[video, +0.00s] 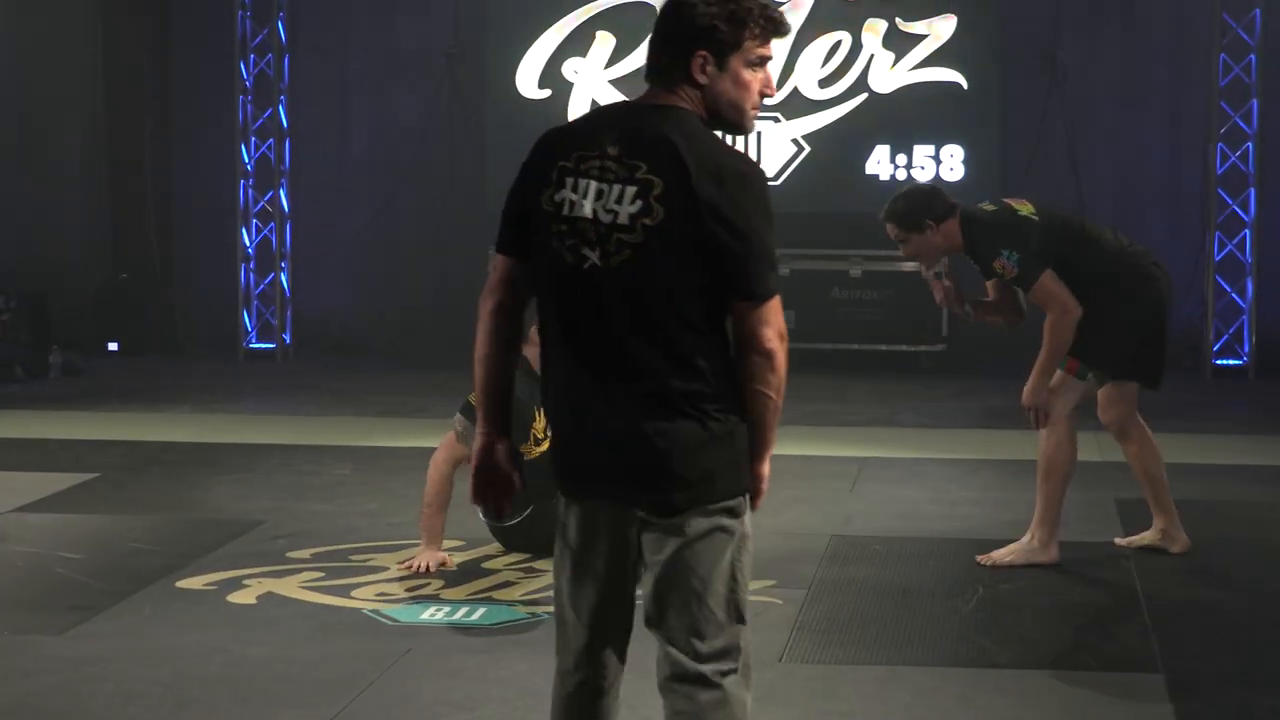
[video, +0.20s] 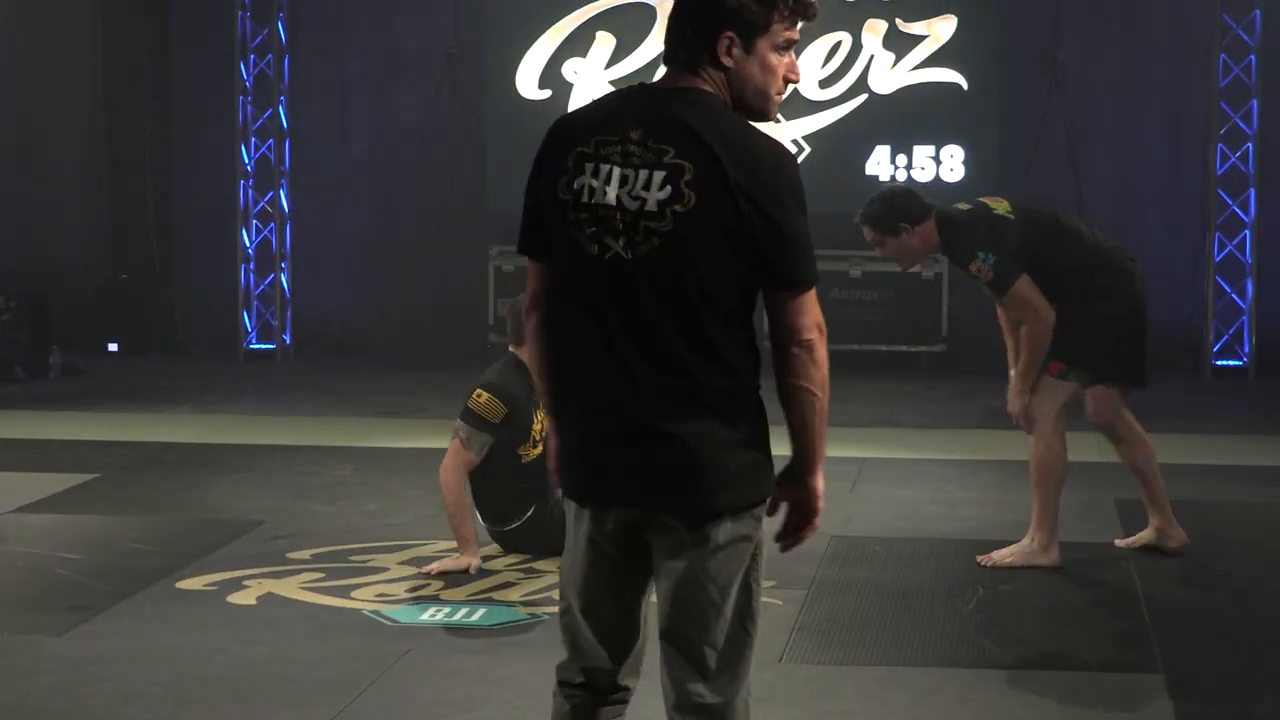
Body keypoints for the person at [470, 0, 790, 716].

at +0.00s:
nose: (766, 84)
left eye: (768, 66)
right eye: (756, 65)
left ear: (670, 67)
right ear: (702, 66)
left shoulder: (556, 150)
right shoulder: (728, 177)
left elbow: (502, 298)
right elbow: (762, 338)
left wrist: (492, 430)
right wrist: (760, 452)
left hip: (583, 442)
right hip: (694, 449)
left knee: (584, 664)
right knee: (703, 671)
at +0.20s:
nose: (793, 71)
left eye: (795, 50)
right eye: (783, 49)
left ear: (701, 49)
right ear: (728, 49)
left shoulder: (570, 135)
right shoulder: (759, 162)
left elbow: (538, 306)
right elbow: (799, 335)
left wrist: (556, 418)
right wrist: (808, 466)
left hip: (595, 444)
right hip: (711, 456)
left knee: (587, 683)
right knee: (708, 696)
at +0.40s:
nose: (761, 64)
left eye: (763, 45)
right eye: (759, 45)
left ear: (654, 41)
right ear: (726, 48)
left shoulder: (551, 148)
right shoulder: (750, 172)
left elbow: (532, 325)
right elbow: (805, 349)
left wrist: (609, 371)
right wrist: (849, 485)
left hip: (589, 481)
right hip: (717, 489)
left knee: (589, 701)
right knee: (724, 705)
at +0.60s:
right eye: (693, 51)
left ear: (594, 49)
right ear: (689, 63)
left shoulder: (505, 165)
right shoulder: (722, 176)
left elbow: (491, 348)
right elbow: (771, 358)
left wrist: (572, 403)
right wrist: (830, 512)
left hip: (556, 504)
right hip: (688, 506)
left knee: (581, 710)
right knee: (718, 707)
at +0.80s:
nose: (499, 51)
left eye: (509, 29)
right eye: (503, 30)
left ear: (545, 32)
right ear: (625, 39)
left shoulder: (463, 165)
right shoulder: (702, 156)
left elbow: (433, 367)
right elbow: (753, 348)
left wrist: (451, 511)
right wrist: (773, 500)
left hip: (524, 501)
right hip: (662, 503)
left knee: (554, 709)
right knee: (680, 709)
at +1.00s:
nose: (443, 47)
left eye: (459, 23)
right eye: (447, 27)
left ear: (527, 22)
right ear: (578, 32)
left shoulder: (458, 151)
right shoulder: (684, 148)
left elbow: (409, 349)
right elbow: (737, 336)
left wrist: (368, 503)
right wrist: (712, 482)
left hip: (508, 507)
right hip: (646, 502)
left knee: (517, 704)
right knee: (646, 705)